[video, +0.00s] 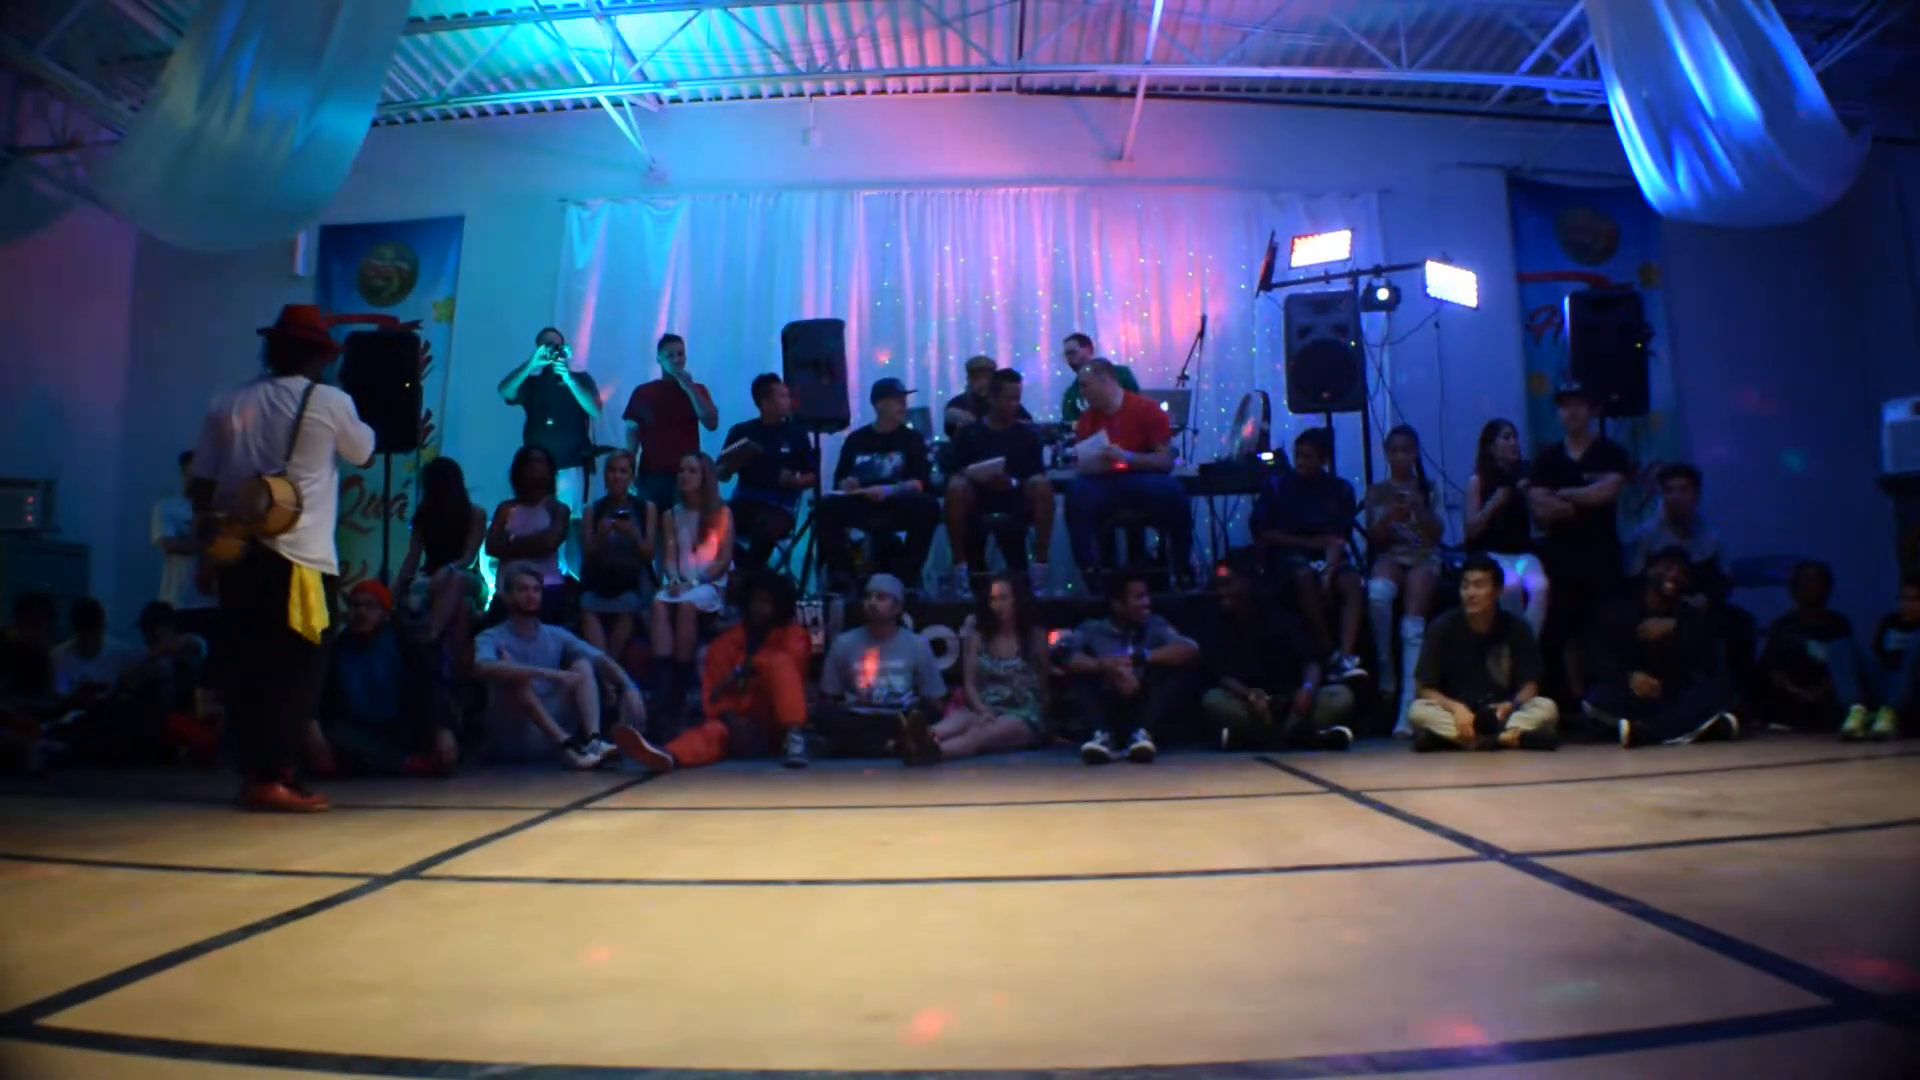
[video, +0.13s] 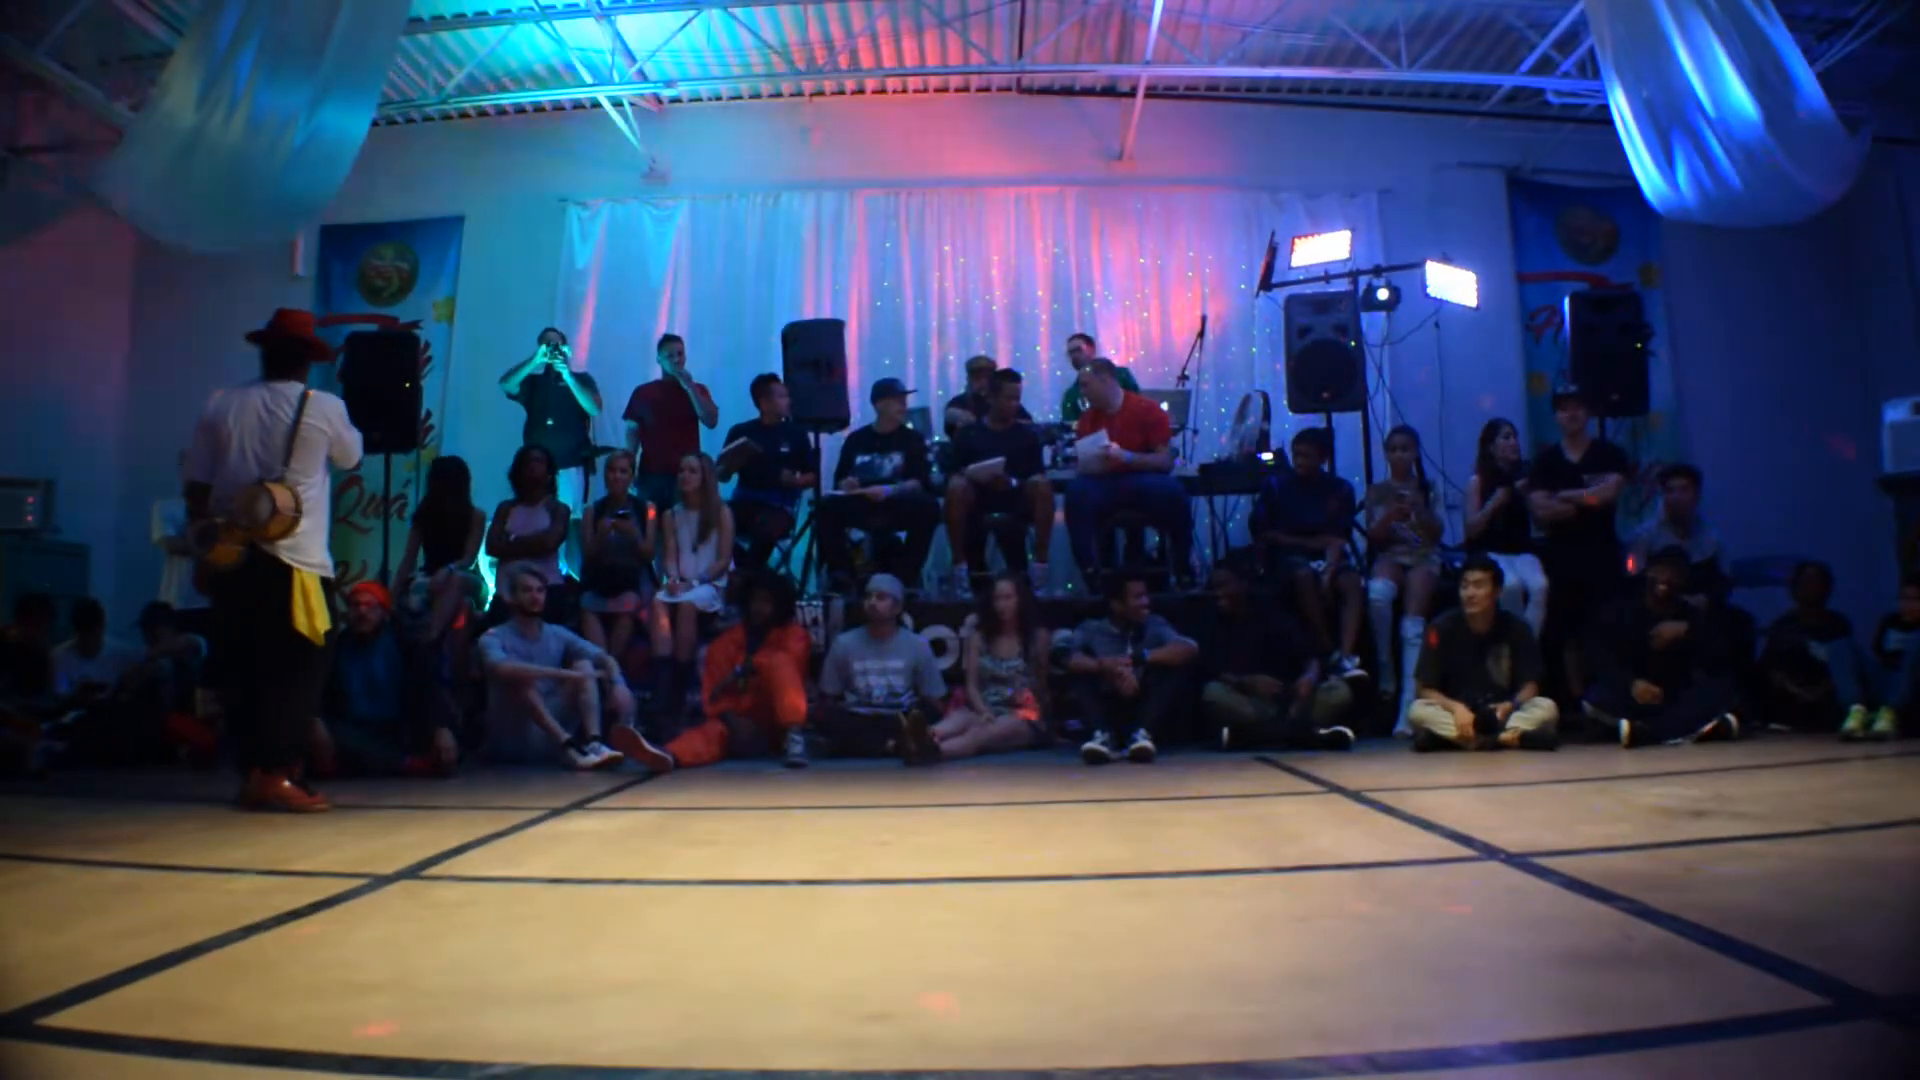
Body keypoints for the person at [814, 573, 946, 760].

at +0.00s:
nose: (872, 603)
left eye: (880, 598)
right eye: (869, 597)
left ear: (897, 607)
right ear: (863, 602)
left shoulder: (916, 645)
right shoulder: (844, 643)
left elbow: (934, 700)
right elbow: (829, 697)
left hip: (901, 714)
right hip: (858, 715)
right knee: (822, 716)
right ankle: (888, 745)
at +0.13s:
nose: (872, 603)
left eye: (880, 598)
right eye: (869, 597)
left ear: (897, 607)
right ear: (863, 602)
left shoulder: (916, 645)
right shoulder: (844, 644)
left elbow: (934, 700)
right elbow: (828, 697)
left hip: (901, 715)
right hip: (857, 716)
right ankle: (889, 745)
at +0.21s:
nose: (872, 604)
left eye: (880, 598)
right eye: (868, 597)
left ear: (897, 606)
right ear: (863, 602)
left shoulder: (916, 645)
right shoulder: (844, 644)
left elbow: (935, 702)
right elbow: (828, 699)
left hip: (903, 717)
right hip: (857, 718)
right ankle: (887, 746)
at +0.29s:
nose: (872, 604)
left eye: (881, 598)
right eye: (868, 597)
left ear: (897, 606)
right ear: (863, 602)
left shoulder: (916, 645)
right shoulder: (844, 644)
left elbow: (935, 704)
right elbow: (828, 701)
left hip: (904, 722)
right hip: (857, 723)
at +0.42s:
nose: (872, 604)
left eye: (880, 597)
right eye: (868, 597)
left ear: (897, 606)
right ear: (862, 601)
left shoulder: (916, 645)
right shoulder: (843, 644)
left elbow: (935, 702)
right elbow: (828, 699)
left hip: (903, 718)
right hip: (856, 720)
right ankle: (885, 746)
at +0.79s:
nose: (871, 604)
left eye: (880, 598)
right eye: (867, 597)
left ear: (896, 606)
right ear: (862, 602)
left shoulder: (916, 645)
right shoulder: (843, 644)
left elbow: (933, 699)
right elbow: (829, 699)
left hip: (904, 717)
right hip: (858, 718)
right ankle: (887, 746)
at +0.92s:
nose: (869, 604)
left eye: (878, 598)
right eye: (865, 598)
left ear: (894, 606)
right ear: (860, 602)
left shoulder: (916, 645)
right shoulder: (843, 645)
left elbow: (933, 703)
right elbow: (828, 700)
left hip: (905, 719)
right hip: (858, 721)